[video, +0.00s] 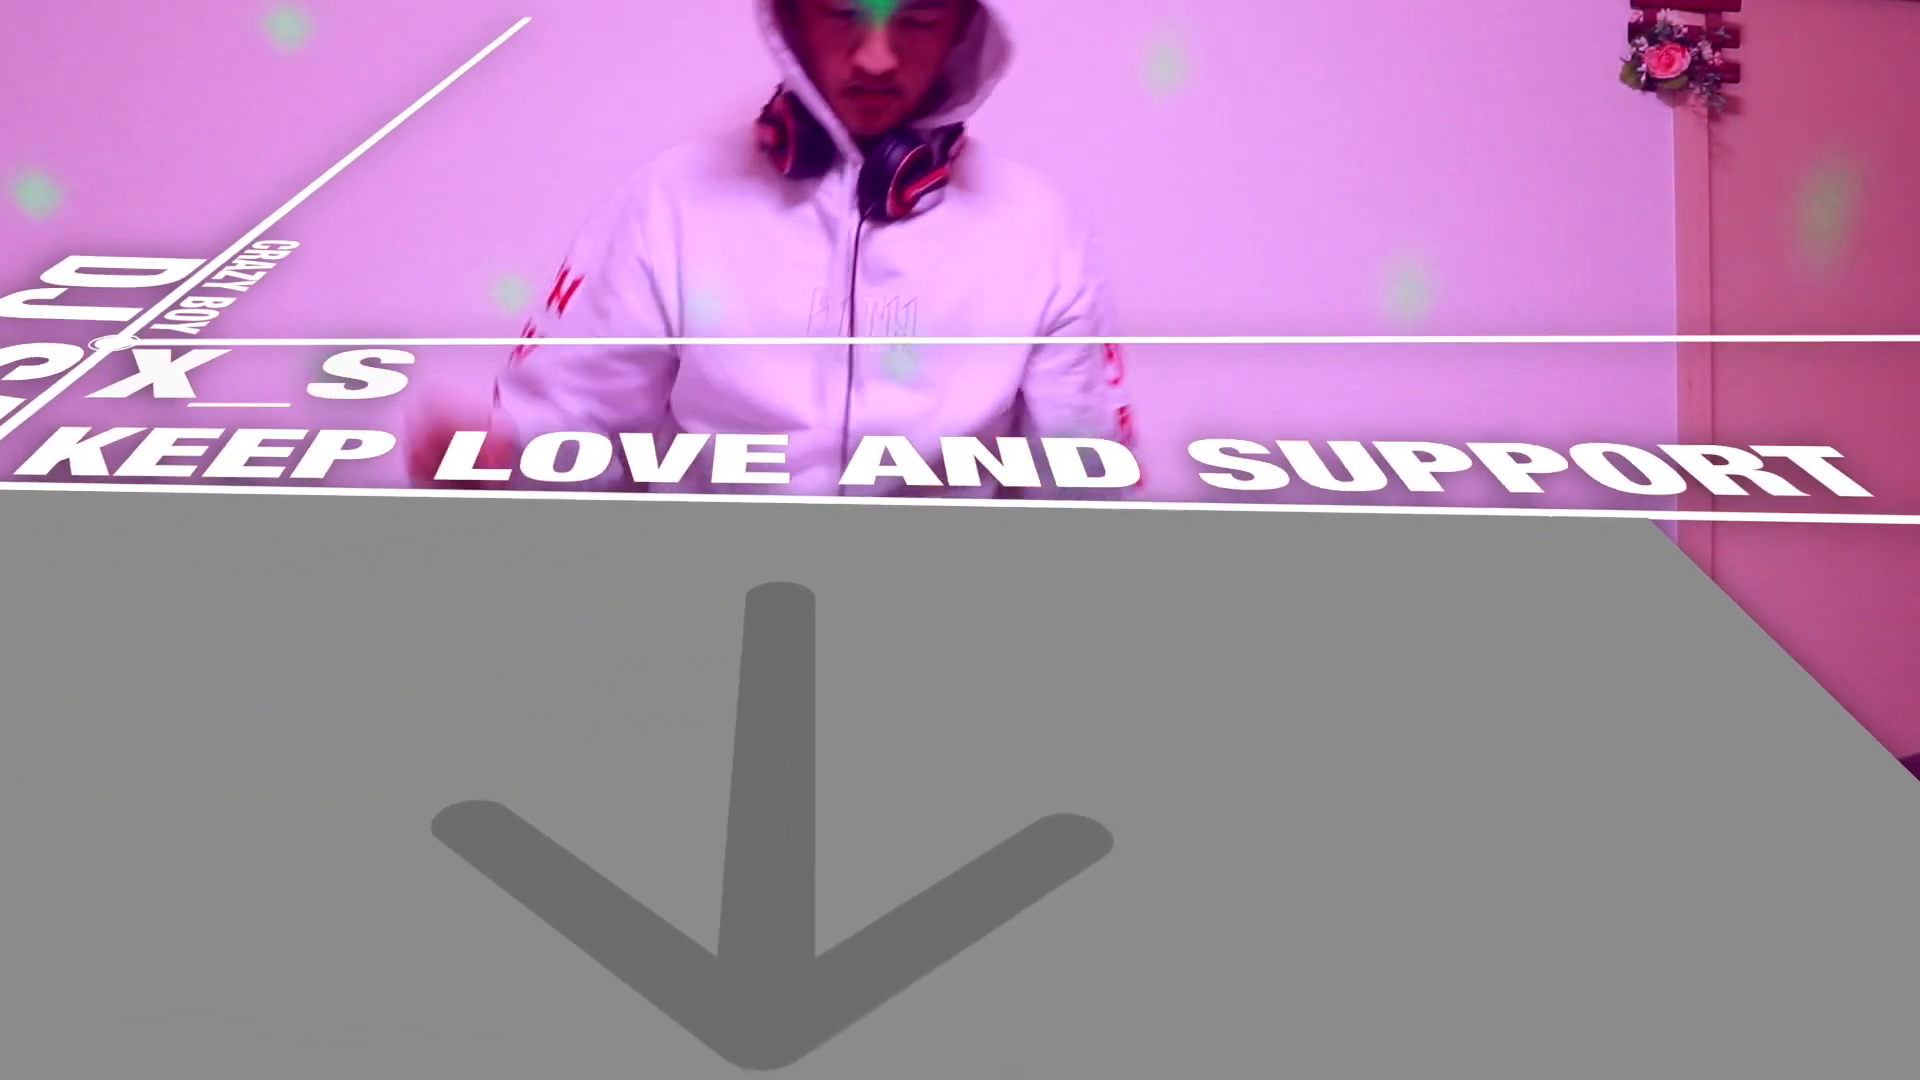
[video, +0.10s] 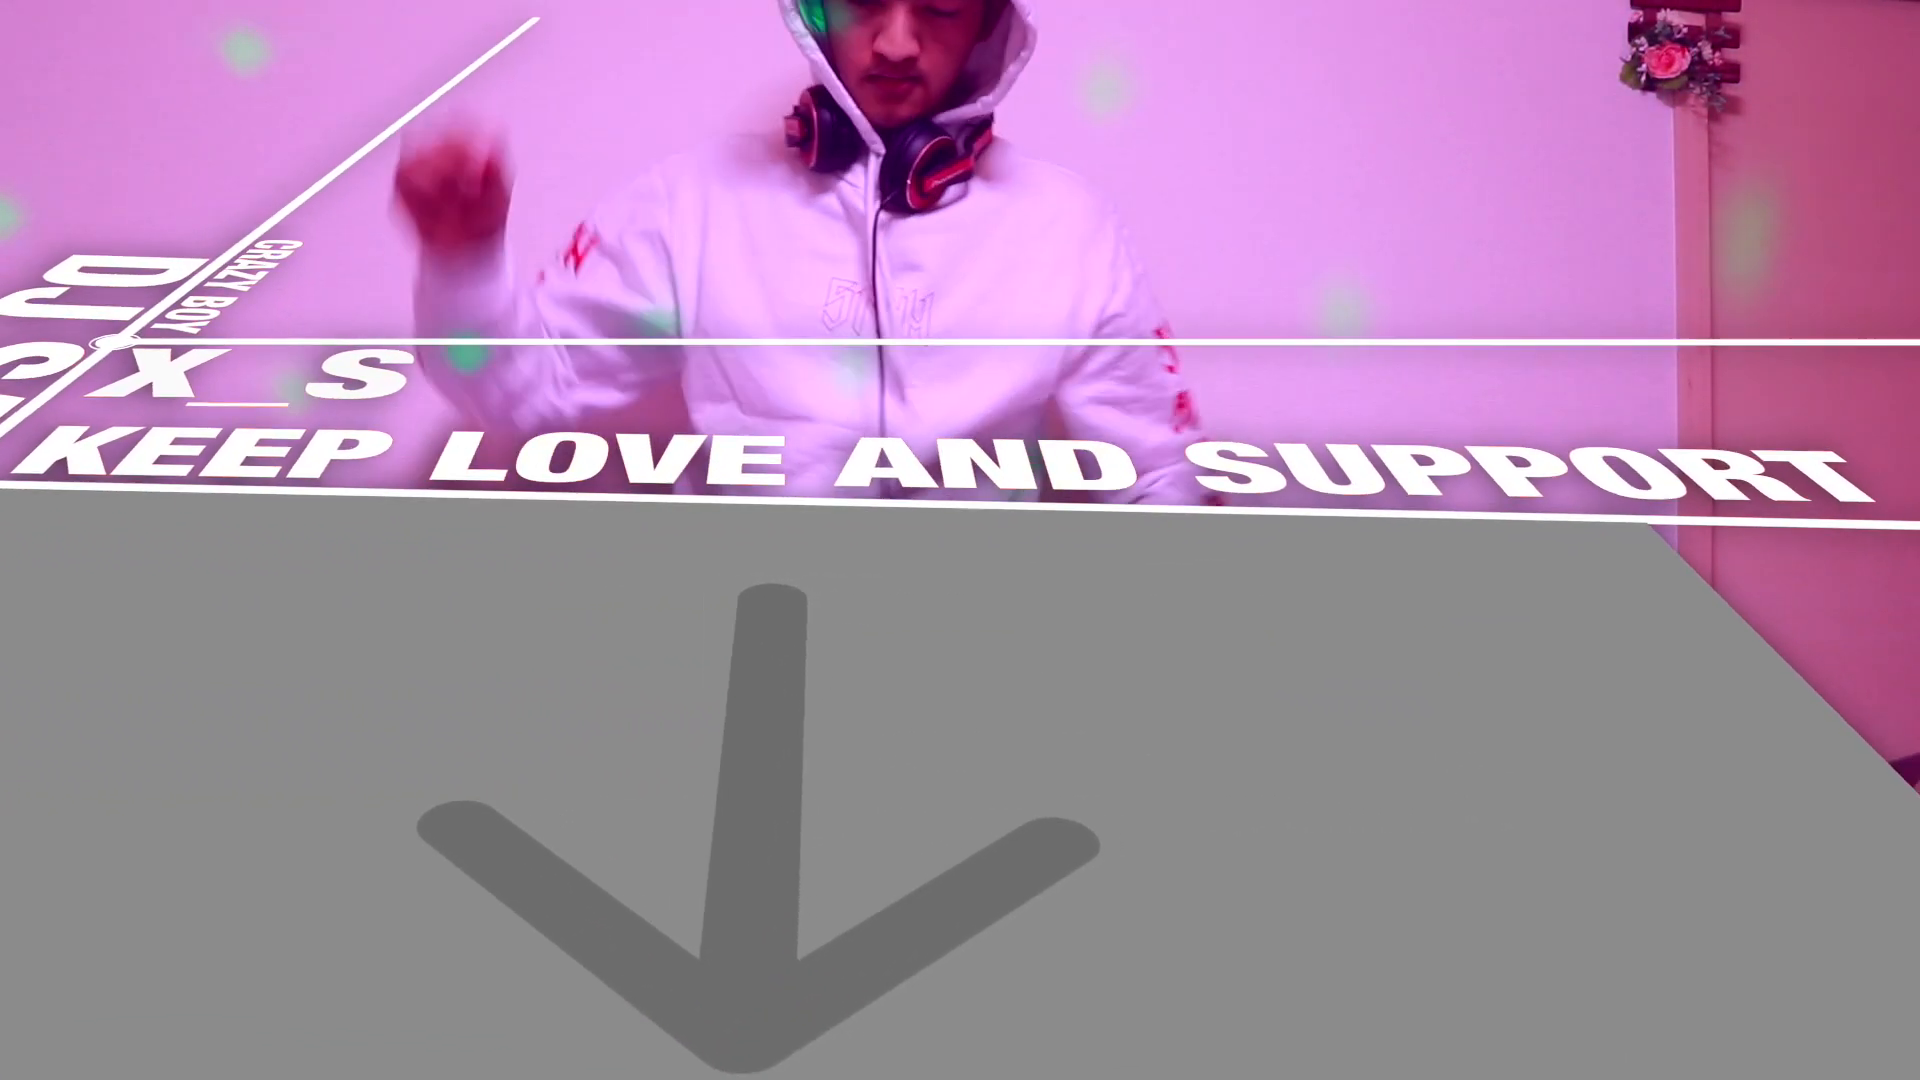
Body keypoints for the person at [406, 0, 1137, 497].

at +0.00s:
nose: (875, 57)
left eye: (914, 20)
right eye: (844, 14)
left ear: (962, 28)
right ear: (788, 18)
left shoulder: (1032, 225)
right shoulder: (671, 203)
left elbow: (1098, 480)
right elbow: (549, 437)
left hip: (952, 595)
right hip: (714, 587)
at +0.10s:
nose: (898, 40)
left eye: (938, 10)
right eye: (867, 4)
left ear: (985, 29)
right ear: (820, 16)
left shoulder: (1065, 223)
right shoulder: (698, 201)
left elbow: (1152, 472)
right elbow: (518, 397)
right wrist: (465, 259)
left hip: (996, 601)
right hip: (753, 591)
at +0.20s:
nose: (890, 47)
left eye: (930, 12)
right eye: (856, 10)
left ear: (989, 25)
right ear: (812, 24)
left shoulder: (1081, 234)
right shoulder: (685, 206)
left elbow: (1222, 447)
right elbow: (477, 286)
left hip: (1016, 620)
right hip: (759, 610)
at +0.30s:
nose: (870, 30)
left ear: (969, 8)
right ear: (794, 9)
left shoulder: (1082, 203)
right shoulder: (683, 172)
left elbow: (1276, 391)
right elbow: (456, 170)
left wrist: (1210, 392)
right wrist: (562, 7)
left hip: (1028, 612)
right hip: (770, 606)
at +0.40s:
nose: (853, 36)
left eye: (891, 2)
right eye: (823, 6)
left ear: (958, 16)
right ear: (779, 23)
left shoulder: (1074, 211)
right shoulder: (681, 168)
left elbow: (1255, 433)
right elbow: (452, 145)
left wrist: (1255, 345)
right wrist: (643, 15)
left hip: (1006, 631)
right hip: (748, 621)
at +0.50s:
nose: (830, 73)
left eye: (867, 38)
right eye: (797, 37)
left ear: (922, 45)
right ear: (751, 43)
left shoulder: (1025, 228)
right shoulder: (674, 219)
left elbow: (1164, 473)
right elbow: (478, 231)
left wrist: (1248, 407)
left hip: (983, 618)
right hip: (735, 611)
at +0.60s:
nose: (790, 52)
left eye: (831, 15)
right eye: (759, 11)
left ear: (878, 23)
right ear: (711, 17)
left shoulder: (956, 188)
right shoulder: (629, 174)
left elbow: (1081, 389)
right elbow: (576, 380)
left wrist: (1201, 402)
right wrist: (868, 241)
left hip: (926, 565)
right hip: (698, 556)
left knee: (982, 412)